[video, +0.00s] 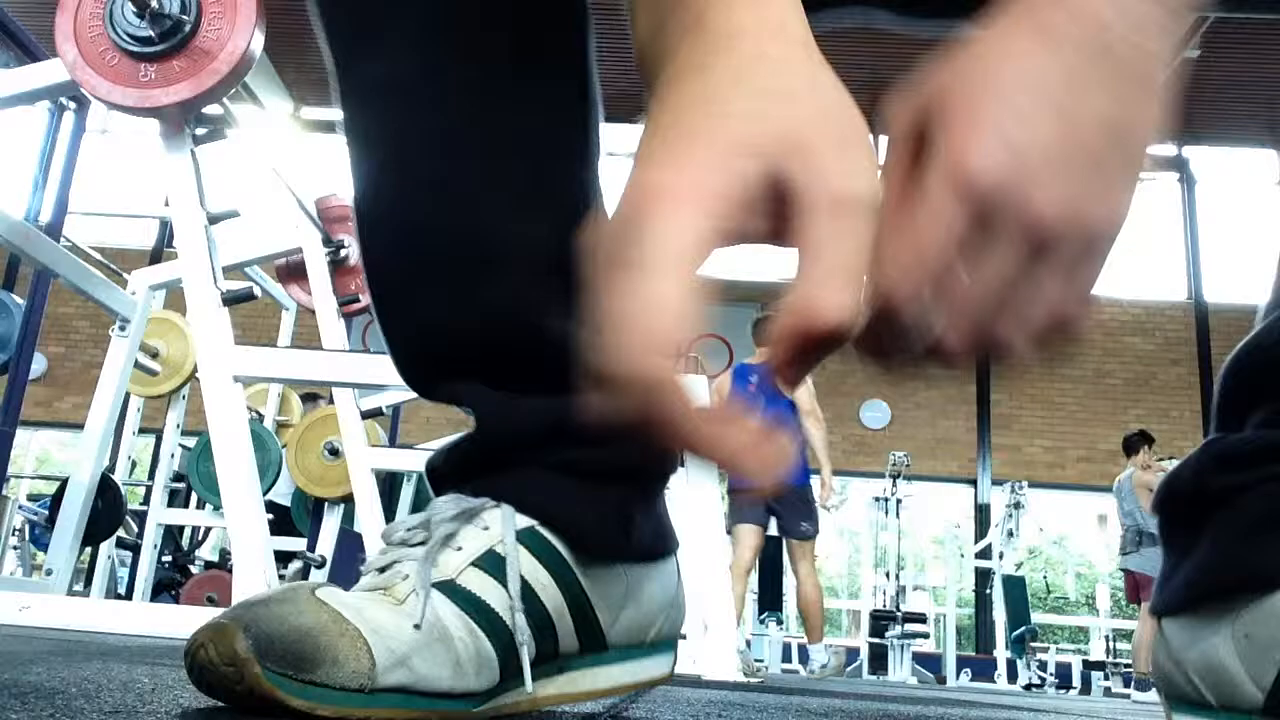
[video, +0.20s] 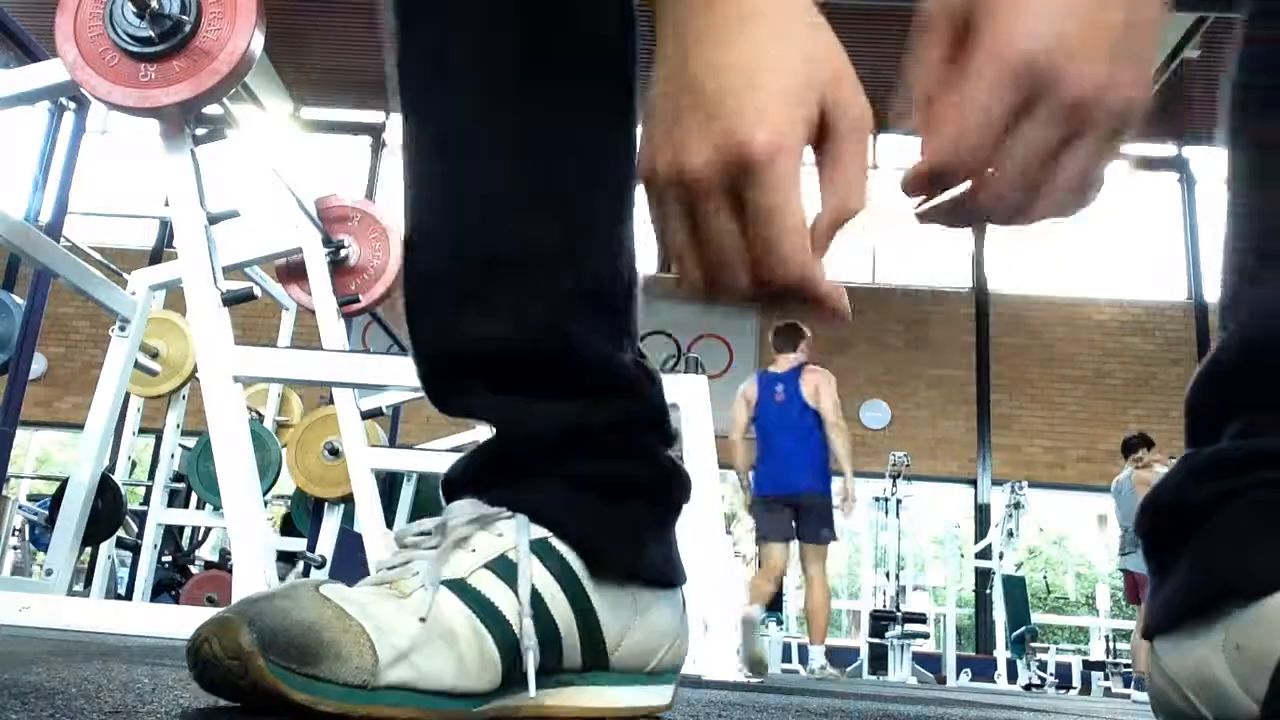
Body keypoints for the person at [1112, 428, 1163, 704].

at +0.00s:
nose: (1151, 456)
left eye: (1150, 451)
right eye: (1150, 451)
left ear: (1127, 453)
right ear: (1142, 451)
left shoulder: (1119, 481)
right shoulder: (1143, 477)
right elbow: (1176, 485)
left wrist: (1149, 471)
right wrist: (1160, 470)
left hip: (1129, 552)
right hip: (1149, 551)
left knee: (1144, 617)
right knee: (1149, 617)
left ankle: (1139, 677)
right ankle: (1143, 679)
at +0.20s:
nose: (1151, 458)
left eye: (1150, 454)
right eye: (1150, 453)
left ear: (1125, 456)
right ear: (1143, 453)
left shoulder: (1116, 483)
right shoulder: (1149, 477)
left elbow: (1121, 520)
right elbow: (1177, 491)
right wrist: (1168, 467)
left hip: (1127, 556)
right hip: (1146, 556)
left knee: (1141, 620)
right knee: (1146, 620)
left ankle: (1138, 676)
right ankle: (1141, 678)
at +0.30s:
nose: (1128, 462)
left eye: (1128, 457)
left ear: (1126, 457)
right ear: (1152, 451)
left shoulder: (1117, 482)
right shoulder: (1165, 472)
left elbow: (1119, 523)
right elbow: (1174, 509)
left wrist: (1129, 541)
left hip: (1129, 553)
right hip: (1156, 550)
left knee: (1140, 616)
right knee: (1153, 613)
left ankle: (1137, 676)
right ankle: (1146, 677)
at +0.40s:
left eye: (1124, 458)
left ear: (1125, 456)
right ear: (1153, 453)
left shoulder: (1117, 483)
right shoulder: (1160, 474)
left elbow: (1119, 523)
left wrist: (1125, 544)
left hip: (1128, 553)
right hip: (1153, 550)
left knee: (1138, 612)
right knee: (1152, 609)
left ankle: (1138, 673)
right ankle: (1148, 671)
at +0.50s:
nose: (1155, 460)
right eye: (1153, 455)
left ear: (1124, 455)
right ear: (1148, 453)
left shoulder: (1115, 484)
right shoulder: (1155, 474)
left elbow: (1118, 523)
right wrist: (1164, 457)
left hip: (1125, 555)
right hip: (1147, 554)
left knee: (1138, 615)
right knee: (1150, 613)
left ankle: (1136, 673)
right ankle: (1146, 672)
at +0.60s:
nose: (1153, 460)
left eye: (1152, 457)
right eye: (1152, 456)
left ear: (1125, 455)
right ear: (1144, 453)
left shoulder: (1112, 484)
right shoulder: (1147, 473)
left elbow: (1117, 522)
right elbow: (1172, 465)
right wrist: (1160, 456)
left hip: (1122, 555)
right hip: (1143, 553)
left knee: (1137, 615)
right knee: (1149, 613)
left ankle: (1135, 671)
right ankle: (1144, 672)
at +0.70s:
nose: (1146, 466)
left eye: (1147, 462)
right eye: (1146, 462)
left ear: (1123, 458)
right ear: (1139, 458)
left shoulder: (1110, 485)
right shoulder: (1142, 479)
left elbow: (1114, 519)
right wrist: (1157, 471)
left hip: (1121, 554)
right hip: (1140, 552)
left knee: (1136, 614)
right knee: (1147, 611)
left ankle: (1135, 671)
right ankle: (1144, 669)